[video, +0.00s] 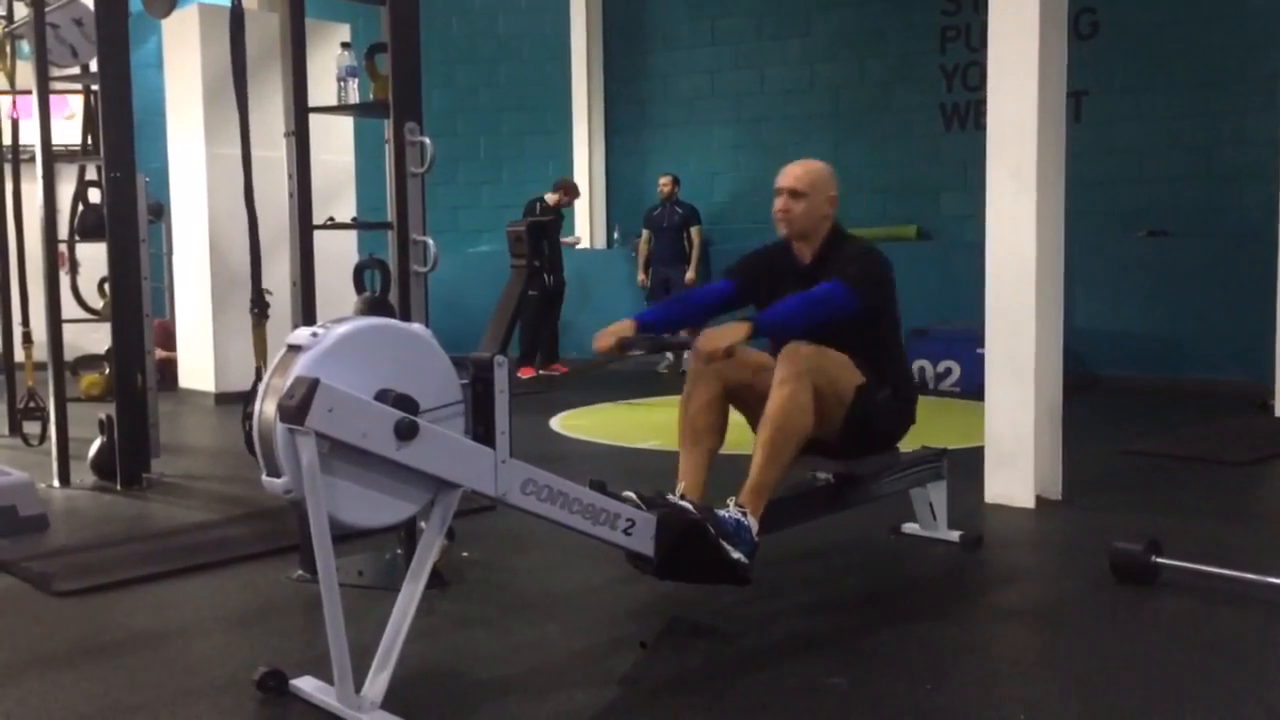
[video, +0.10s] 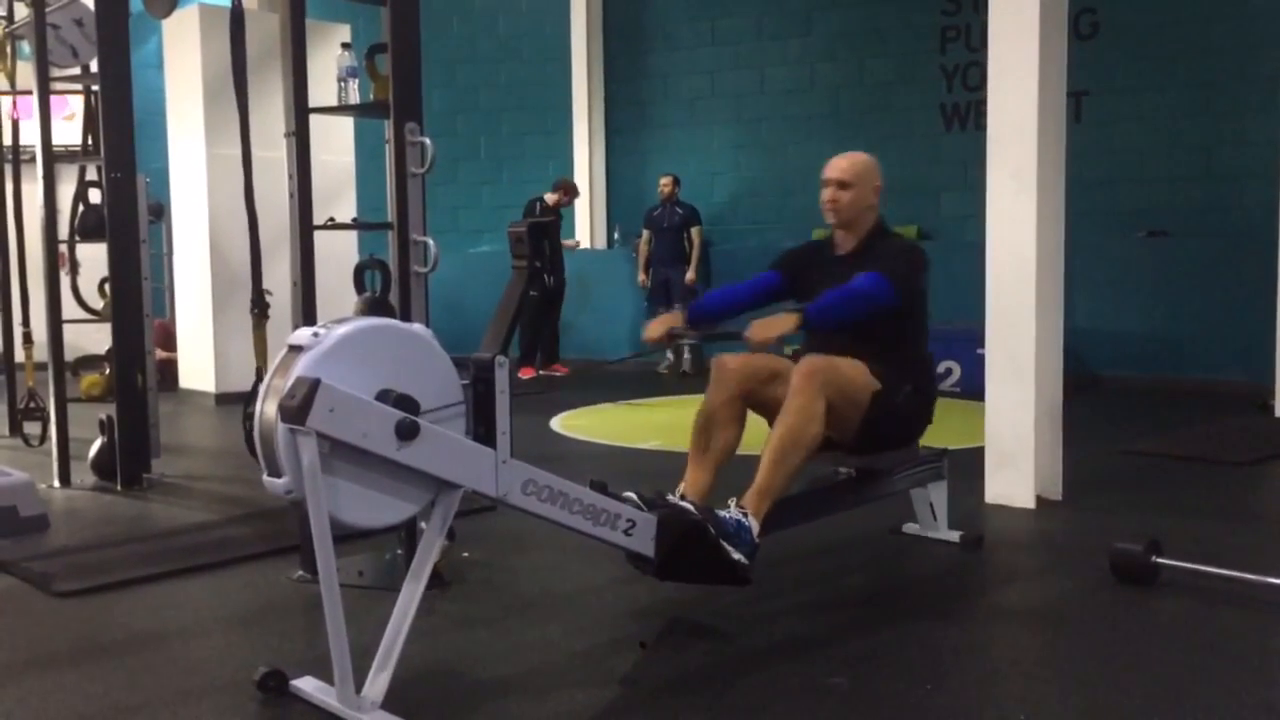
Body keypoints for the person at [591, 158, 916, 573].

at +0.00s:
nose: (781, 206)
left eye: (795, 196)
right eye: (777, 195)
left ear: (829, 205)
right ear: (772, 201)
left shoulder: (863, 263)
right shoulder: (771, 261)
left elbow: (824, 303)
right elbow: (709, 298)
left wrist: (751, 325)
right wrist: (635, 324)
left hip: (873, 416)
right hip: (801, 415)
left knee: (798, 356)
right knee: (708, 359)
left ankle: (745, 520)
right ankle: (686, 503)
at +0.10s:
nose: (830, 196)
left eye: (843, 187)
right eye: (825, 187)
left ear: (875, 194)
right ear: (819, 193)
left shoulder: (902, 257)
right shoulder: (810, 257)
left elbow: (861, 296)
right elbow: (751, 292)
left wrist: (797, 319)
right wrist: (684, 316)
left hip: (893, 407)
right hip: (819, 404)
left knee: (813, 370)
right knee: (728, 370)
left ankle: (747, 521)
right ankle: (688, 503)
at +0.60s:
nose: (946, 239)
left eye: (958, 231)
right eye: (941, 231)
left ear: (986, 239)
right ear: (934, 238)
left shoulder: (1009, 298)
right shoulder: (914, 291)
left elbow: (1048, 363)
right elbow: (863, 364)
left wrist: (1010, 304)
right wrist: (869, 320)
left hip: (930, 389)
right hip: (873, 380)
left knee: (843, 440)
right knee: (799, 428)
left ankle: (752, 525)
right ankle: (695, 507)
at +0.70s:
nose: (932, 234)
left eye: (945, 226)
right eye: (928, 225)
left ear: (972, 231)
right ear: (921, 229)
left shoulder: (1002, 289)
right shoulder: (903, 285)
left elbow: (1034, 353)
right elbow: (854, 356)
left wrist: (983, 308)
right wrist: (848, 321)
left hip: (932, 400)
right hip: (871, 387)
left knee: (845, 430)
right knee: (804, 419)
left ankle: (754, 525)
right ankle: (697, 508)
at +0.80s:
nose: (909, 222)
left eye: (920, 212)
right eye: (903, 213)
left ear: (948, 212)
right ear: (898, 215)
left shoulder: (986, 273)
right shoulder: (883, 274)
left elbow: (1000, 337)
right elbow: (837, 335)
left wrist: (937, 323)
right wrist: (810, 333)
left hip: (932, 394)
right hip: (871, 381)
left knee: (840, 419)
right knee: (793, 411)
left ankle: (753, 525)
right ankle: (701, 507)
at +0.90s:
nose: (875, 215)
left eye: (887, 205)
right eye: (869, 205)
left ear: (917, 205)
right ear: (863, 209)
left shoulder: (954, 264)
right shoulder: (854, 269)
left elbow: (955, 331)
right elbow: (805, 327)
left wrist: (886, 339)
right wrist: (769, 338)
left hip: (920, 396)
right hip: (854, 388)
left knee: (831, 407)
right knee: (767, 398)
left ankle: (751, 526)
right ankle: (691, 510)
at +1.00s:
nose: (838, 218)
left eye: (850, 207)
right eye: (832, 208)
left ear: (881, 205)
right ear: (825, 211)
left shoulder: (918, 265)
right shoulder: (821, 270)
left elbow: (911, 332)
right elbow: (772, 327)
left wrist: (837, 358)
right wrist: (719, 356)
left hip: (906, 410)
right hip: (835, 403)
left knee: (820, 397)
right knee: (741, 394)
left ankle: (747, 528)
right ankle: (688, 510)